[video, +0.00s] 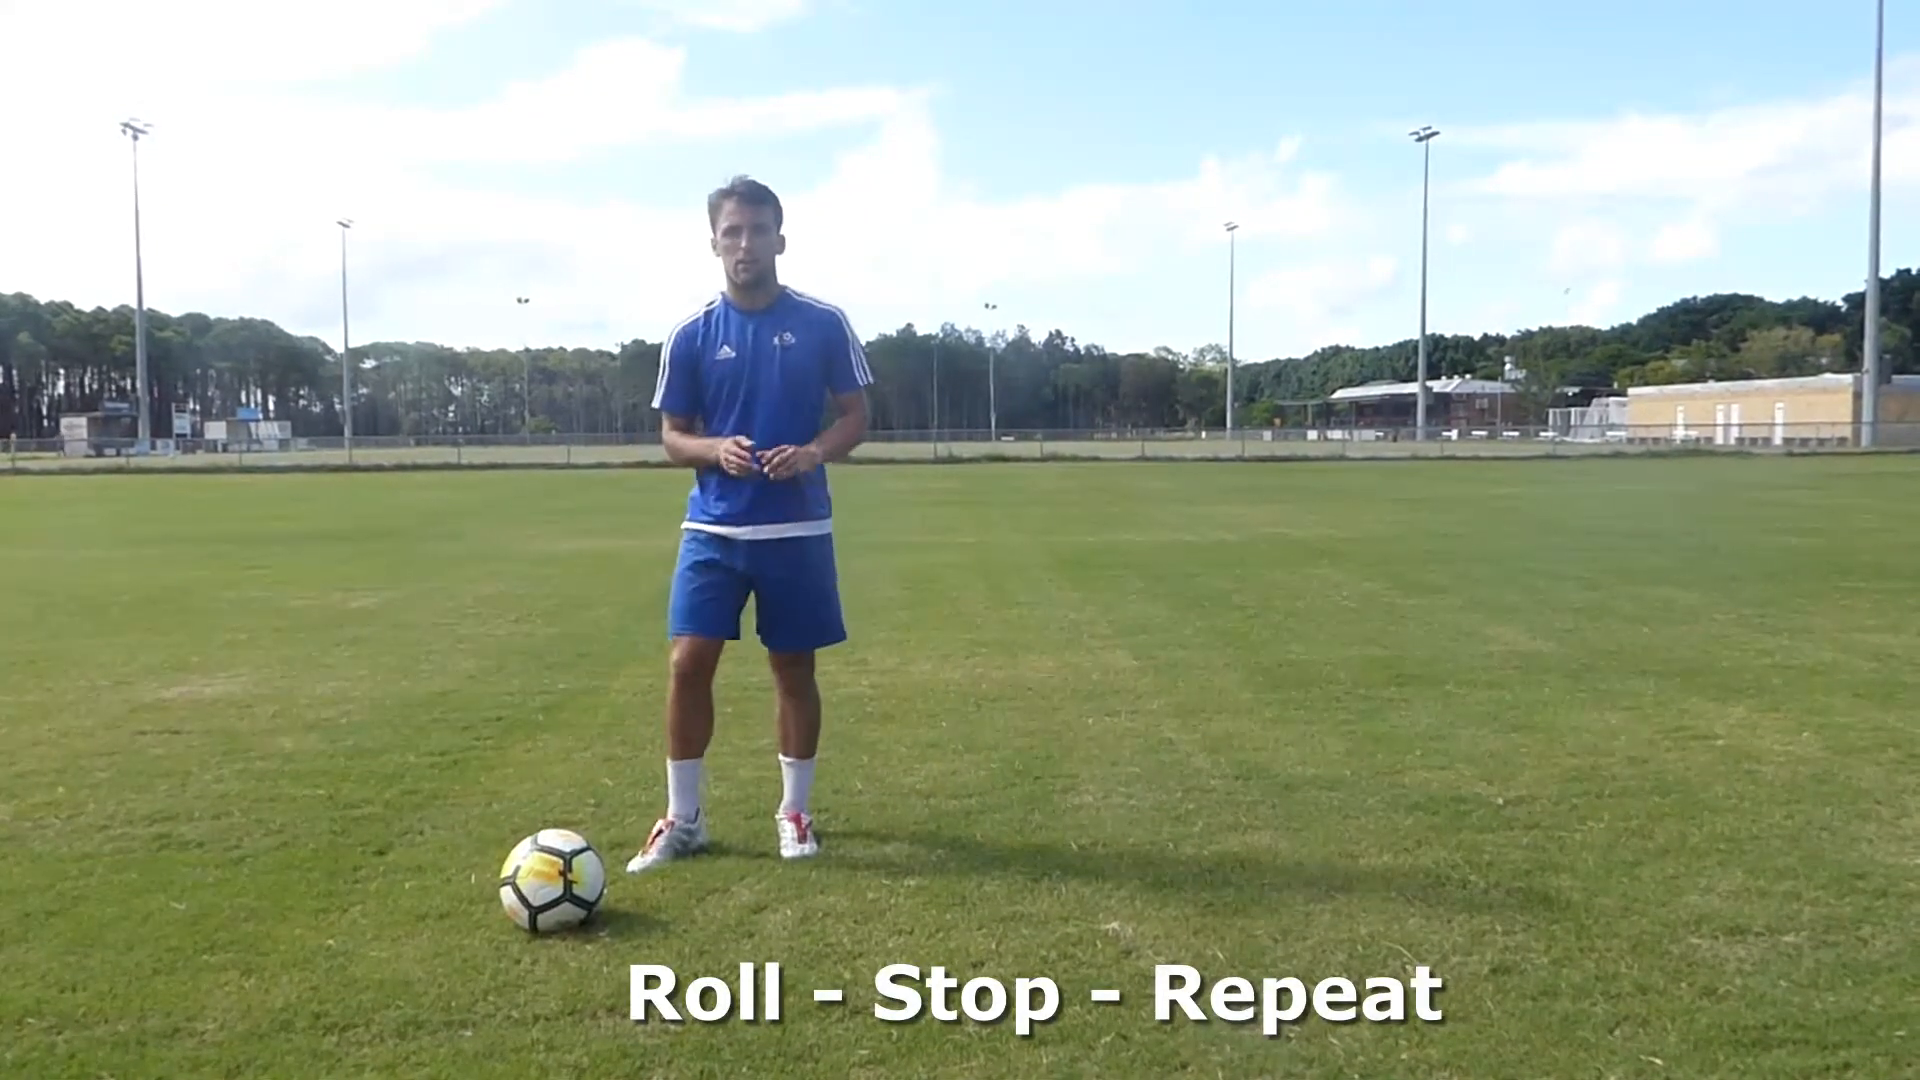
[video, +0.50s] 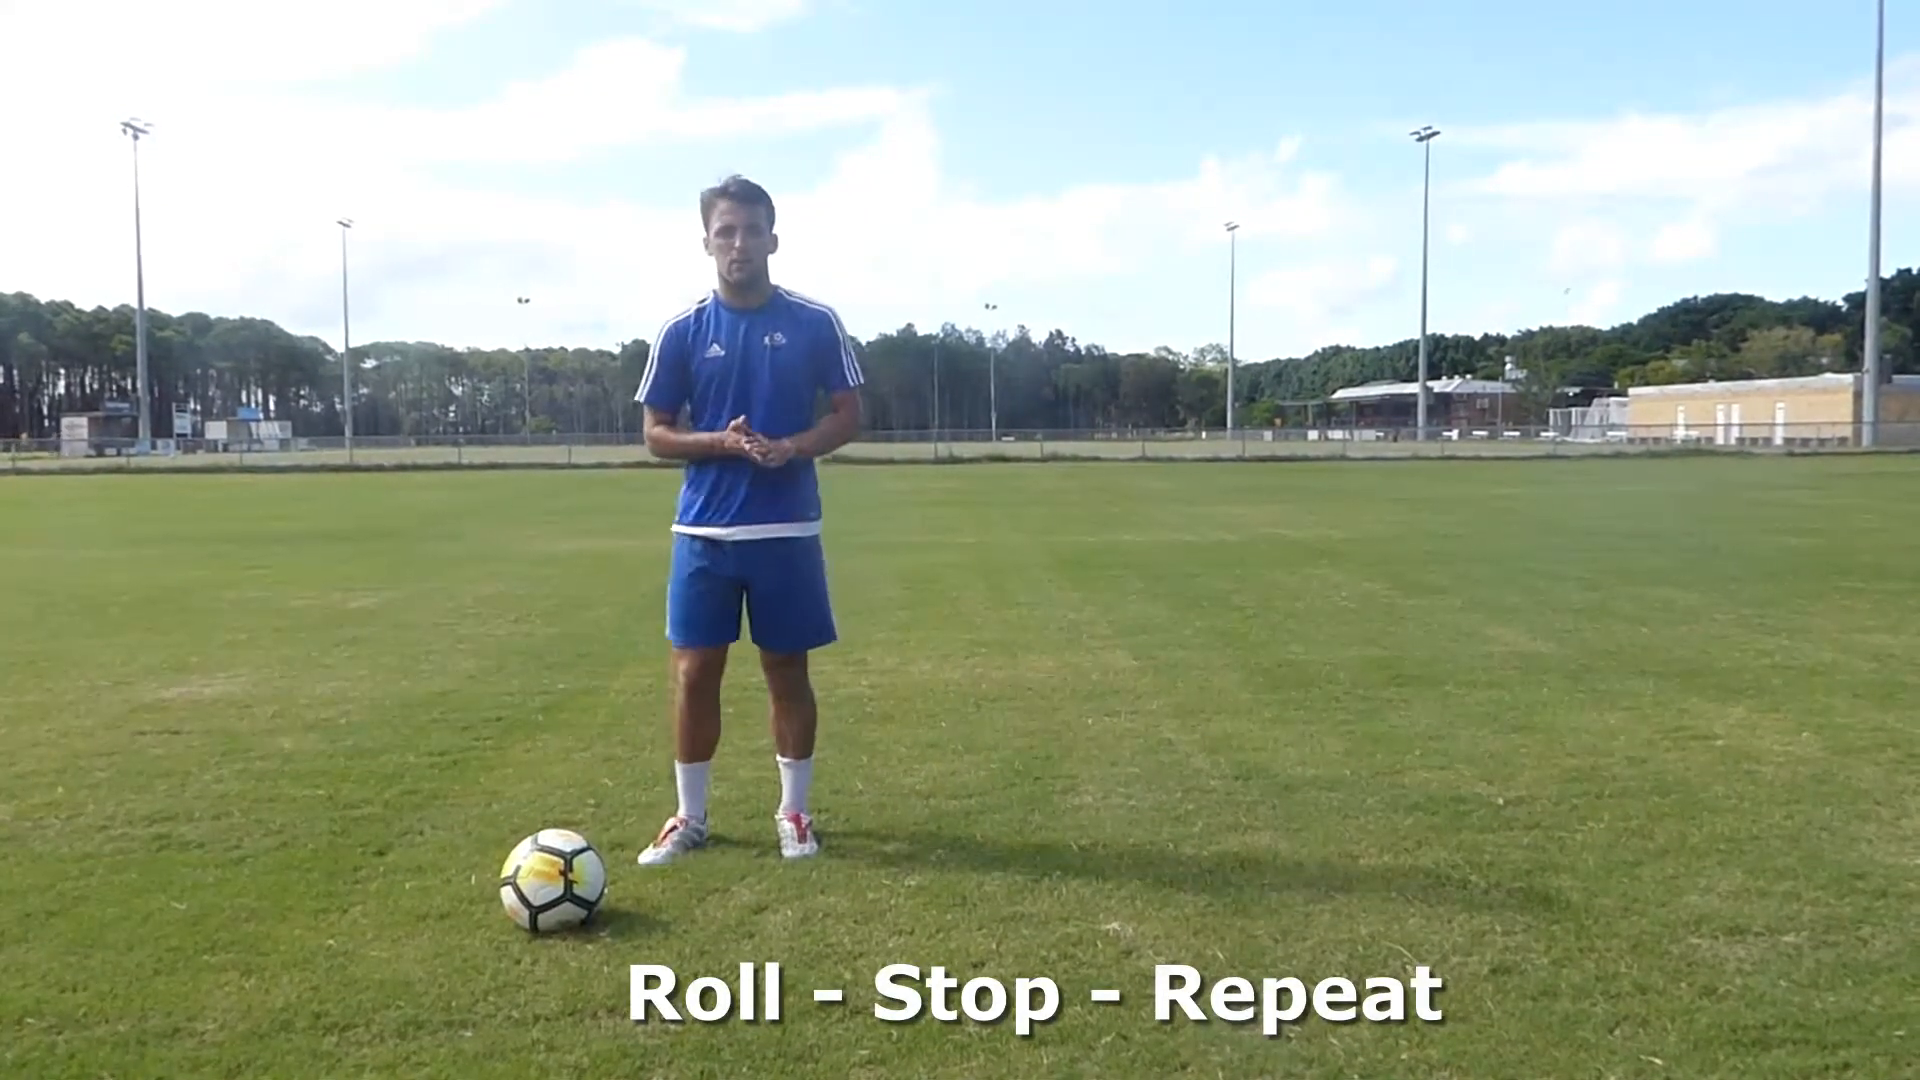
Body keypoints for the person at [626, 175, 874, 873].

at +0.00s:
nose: (745, 245)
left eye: (758, 233)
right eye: (731, 234)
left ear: (780, 238)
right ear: (714, 244)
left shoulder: (824, 325)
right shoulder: (691, 338)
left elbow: (856, 416)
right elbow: (672, 438)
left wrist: (812, 452)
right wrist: (710, 449)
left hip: (795, 531)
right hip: (711, 529)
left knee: (793, 672)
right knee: (687, 663)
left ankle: (794, 814)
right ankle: (682, 819)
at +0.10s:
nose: (750, 247)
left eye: (763, 233)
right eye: (737, 235)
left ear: (786, 237)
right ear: (721, 243)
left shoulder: (831, 324)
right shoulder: (698, 336)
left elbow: (862, 414)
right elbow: (673, 439)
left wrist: (810, 450)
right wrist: (729, 447)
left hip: (797, 530)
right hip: (715, 527)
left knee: (795, 670)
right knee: (684, 656)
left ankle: (794, 814)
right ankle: (680, 814)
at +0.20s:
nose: (751, 247)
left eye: (765, 234)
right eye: (739, 236)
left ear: (788, 238)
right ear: (723, 243)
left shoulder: (833, 325)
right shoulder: (699, 335)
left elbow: (865, 415)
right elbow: (672, 438)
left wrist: (812, 456)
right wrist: (731, 447)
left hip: (797, 531)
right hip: (714, 526)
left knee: (795, 670)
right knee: (684, 654)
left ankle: (794, 813)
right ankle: (680, 807)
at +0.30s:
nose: (751, 247)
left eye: (765, 234)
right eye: (738, 235)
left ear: (787, 239)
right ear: (721, 243)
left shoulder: (831, 325)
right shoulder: (698, 335)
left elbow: (863, 416)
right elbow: (669, 437)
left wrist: (808, 455)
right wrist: (729, 445)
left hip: (795, 532)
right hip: (712, 528)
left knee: (794, 672)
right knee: (686, 658)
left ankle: (794, 813)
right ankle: (683, 807)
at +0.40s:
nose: (747, 246)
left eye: (760, 233)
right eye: (734, 235)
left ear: (781, 239)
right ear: (716, 244)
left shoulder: (825, 325)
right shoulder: (692, 334)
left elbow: (858, 415)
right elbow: (665, 437)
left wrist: (802, 450)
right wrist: (721, 443)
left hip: (791, 533)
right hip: (708, 532)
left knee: (791, 672)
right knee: (691, 667)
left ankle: (794, 813)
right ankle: (687, 814)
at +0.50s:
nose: (738, 245)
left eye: (751, 232)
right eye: (724, 234)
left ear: (772, 237)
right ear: (707, 243)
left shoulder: (815, 324)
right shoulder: (683, 334)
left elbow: (848, 416)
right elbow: (656, 437)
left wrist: (792, 447)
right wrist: (716, 442)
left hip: (784, 533)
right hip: (702, 534)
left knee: (787, 673)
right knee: (693, 673)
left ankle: (794, 815)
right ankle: (689, 818)